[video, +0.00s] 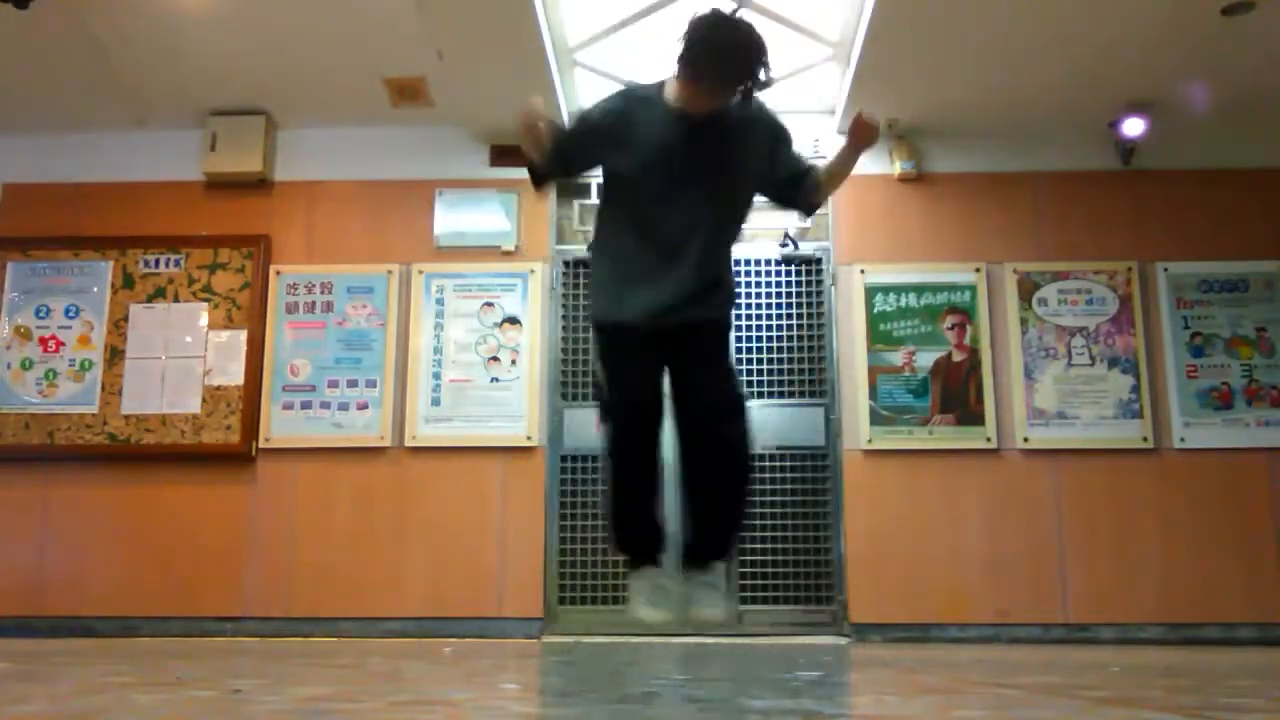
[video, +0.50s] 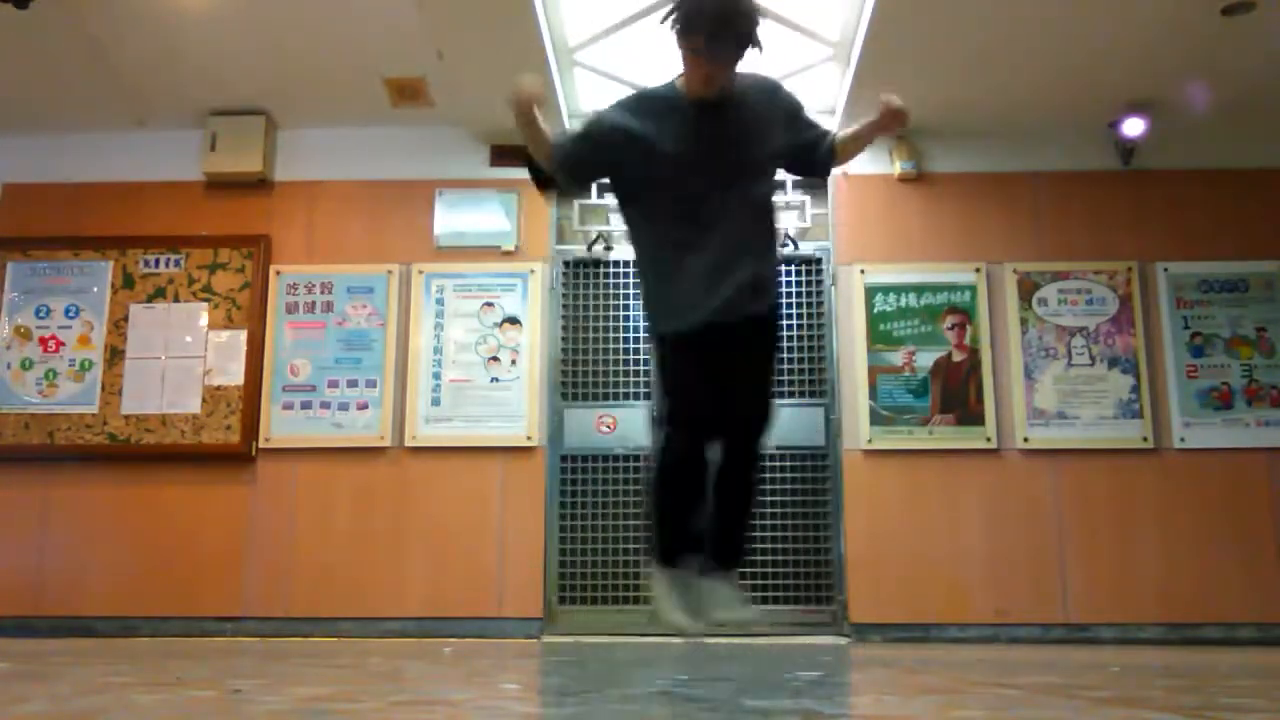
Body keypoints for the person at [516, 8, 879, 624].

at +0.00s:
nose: (711, 99)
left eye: (724, 89)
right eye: (709, 85)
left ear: (740, 84)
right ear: (693, 68)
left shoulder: (752, 128)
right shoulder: (629, 112)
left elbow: (807, 192)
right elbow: (555, 161)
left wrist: (851, 150)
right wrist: (537, 136)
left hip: (702, 310)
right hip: (624, 309)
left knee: (717, 433)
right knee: (633, 435)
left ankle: (706, 569)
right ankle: (643, 570)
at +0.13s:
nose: (718, 92)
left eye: (731, 80)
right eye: (713, 76)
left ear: (745, 73)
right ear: (690, 56)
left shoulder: (755, 128)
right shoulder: (629, 104)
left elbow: (817, 190)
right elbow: (546, 136)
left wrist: (856, 140)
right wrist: (515, 100)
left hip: (693, 304)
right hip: (615, 295)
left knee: (687, 435)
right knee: (624, 426)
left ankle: (656, 573)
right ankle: (612, 572)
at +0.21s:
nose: (701, 94)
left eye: (716, 84)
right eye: (696, 77)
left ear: (742, 87)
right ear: (684, 69)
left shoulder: (757, 155)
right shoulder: (632, 127)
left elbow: (836, 207)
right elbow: (538, 136)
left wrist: (857, 140)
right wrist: (495, 85)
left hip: (684, 330)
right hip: (607, 314)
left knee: (668, 460)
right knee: (607, 446)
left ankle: (627, 595)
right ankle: (579, 593)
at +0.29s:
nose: (710, 106)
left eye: (725, 95)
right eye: (702, 91)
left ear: (745, 104)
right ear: (685, 91)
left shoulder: (761, 183)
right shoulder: (628, 154)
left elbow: (844, 233)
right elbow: (547, 151)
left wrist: (854, 151)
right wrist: (497, 90)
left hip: (679, 365)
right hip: (604, 347)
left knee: (656, 492)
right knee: (594, 475)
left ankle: (622, 602)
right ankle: (582, 605)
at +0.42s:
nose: (703, 97)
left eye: (717, 85)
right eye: (694, 82)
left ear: (736, 81)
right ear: (678, 72)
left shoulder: (757, 143)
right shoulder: (631, 133)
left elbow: (828, 195)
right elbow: (543, 146)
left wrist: (856, 144)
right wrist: (517, 88)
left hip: (712, 335)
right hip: (638, 329)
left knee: (686, 464)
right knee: (632, 451)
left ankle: (642, 591)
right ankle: (601, 584)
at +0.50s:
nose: (721, 70)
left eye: (733, 55)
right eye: (712, 55)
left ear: (745, 49)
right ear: (687, 44)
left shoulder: (764, 103)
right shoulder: (637, 118)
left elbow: (819, 156)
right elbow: (561, 170)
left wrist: (874, 129)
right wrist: (530, 121)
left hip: (753, 304)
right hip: (679, 310)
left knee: (744, 439)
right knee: (685, 436)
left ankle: (718, 574)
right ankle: (669, 568)